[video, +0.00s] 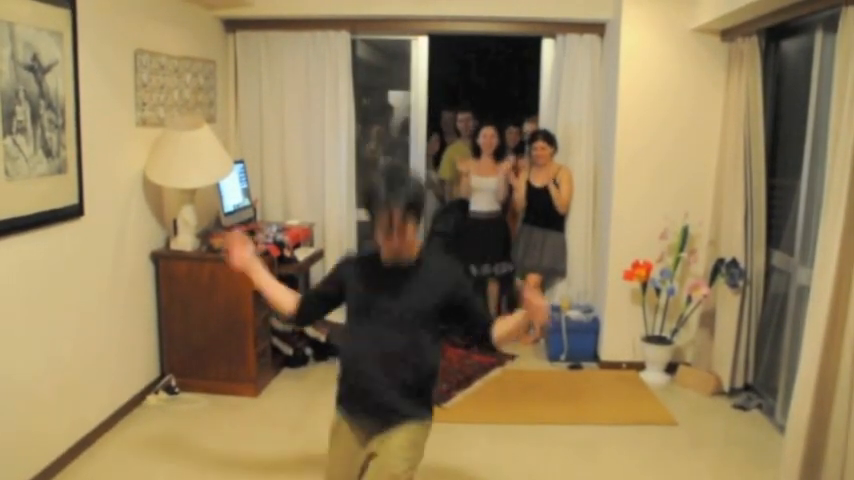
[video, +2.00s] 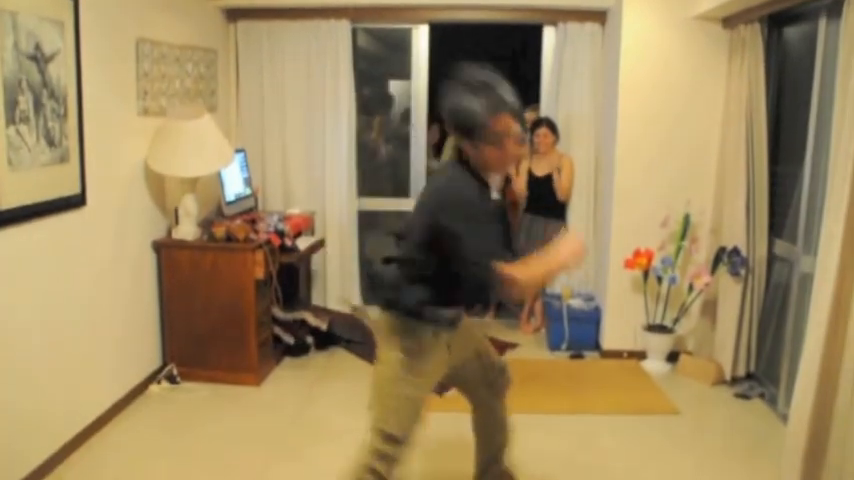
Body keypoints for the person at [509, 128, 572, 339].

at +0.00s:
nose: (538, 153)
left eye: (543, 148)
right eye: (535, 148)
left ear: (552, 150)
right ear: (530, 152)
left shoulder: (562, 173)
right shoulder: (526, 173)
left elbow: (562, 207)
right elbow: (519, 207)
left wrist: (551, 185)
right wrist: (517, 184)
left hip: (550, 232)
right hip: (528, 229)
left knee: (533, 281)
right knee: (527, 283)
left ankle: (532, 327)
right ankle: (533, 327)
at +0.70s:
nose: (539, 154)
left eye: (544, 149)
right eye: (536, 149)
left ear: (554, 151)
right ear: (532, 152)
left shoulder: (562, 173)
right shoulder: (528, 174)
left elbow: (564, 208)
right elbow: (522, 201)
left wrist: (541, 194)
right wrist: (523, 177)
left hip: (551, 231)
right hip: (530, 229)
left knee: (533, 281)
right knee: (533, 284)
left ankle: (523, 325)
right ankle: (538, 328)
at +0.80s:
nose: (539, 154)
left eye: (544, 149)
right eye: (536, 149)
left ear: (554, 151)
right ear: (532, 152)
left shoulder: (563, 174)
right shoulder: (527, 175)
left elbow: (564, 208)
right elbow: (521, 205)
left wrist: (548, 189)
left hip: (551, 232)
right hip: (530, 229)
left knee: (533, 281)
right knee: (533, 285)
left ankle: (523, 325)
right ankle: (538, 329)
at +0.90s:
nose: (540, 154)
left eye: (544, 149)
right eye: (536, 149)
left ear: (554, 151)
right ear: (532, 152)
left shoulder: (562, 174)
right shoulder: (527, 173)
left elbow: (563, 208)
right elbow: (520, 207)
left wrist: (555, 188)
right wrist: (517, 186)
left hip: (551, 232)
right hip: (530, 229)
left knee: (533, 281)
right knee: (535, 284)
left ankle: (523, 325)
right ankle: (538, 328)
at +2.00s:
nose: (541, 141)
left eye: (546, 136)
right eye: (537, 136)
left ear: (555, 138)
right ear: (533, 139)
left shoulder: (563, 162)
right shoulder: (526, 162)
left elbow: (563, 195)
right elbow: (520, 193)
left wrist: (556, 172)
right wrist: (518, 170)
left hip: (553, 221)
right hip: (530, 217)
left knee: (543, 269)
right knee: (529, 267)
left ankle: (533, 314)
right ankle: (533, 313)